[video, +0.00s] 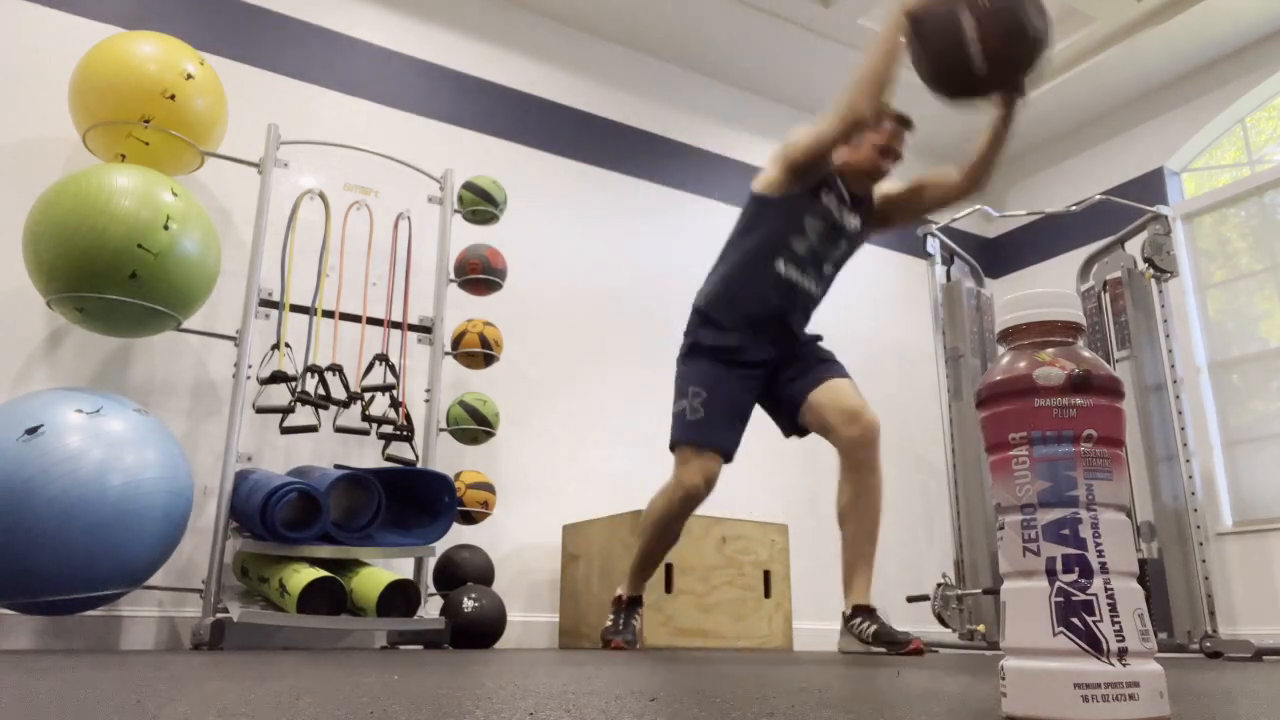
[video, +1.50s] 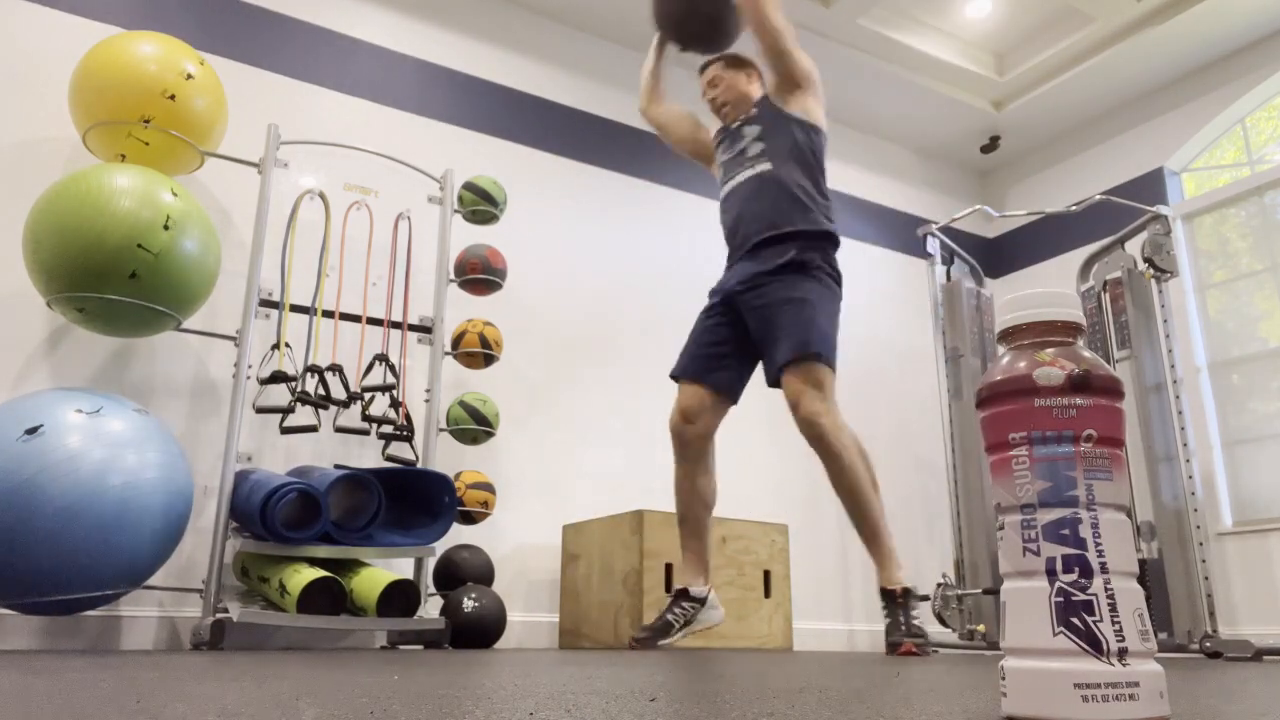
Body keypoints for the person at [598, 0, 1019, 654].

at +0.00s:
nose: (890, 161)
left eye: (896, 156)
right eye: (884, 148)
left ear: (890, 162)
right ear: (849, 137)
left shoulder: (866, 212)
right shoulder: (797, 171)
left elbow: (964, 184)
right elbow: (852, 112)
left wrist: (1005, 111)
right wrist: (902, 14)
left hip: (787, 348)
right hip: (720, 340)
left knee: (859, 430)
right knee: (695, 478)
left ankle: (858, 614)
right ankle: (627, 599)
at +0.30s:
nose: (960, 279)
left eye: (968, 269)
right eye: (960, 263)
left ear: (933, 248)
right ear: (925, 237)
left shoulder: (908, 304)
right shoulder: (851, 257)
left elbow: (911, 404)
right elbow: (828, 377)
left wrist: (940, 495)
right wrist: (860, 487)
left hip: (804, 376)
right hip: (735, 365)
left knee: (883, 433)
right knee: (707, 502)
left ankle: (860, 612)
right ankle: (630, 604)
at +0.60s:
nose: (979, 266)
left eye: (986, 254)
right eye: (975, 248)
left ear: (942, 237)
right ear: (936, 227)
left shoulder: (912, 298)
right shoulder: (863, 252)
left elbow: (906, 399)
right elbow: (850, 382)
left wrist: (940, 469)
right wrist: (934, 455)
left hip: (802, 366)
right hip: (740, 349)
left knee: (876, 437)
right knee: (711, 496)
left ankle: (861, 612)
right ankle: (624, 597)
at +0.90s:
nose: (913, 130)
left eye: (918, 123)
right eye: (903, 115)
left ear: (912, 143)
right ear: (862, 120)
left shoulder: (878, 217)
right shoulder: (820, 165)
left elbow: (899, 316)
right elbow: (853, 250)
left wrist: (975, 315)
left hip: (810, 338)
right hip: (748, 325)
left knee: (876, 428)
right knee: (733, 473)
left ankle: (860, 614)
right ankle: (642, 579)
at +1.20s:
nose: (811, 95)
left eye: (817, 88)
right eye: (799, 86)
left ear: (825, 106)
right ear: (773, 99)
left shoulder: (841, 179)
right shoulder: (754, 145)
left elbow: (930, 147)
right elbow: (757, 45)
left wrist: (930, 56)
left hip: (828, 313)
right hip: (751, 313)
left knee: (878, 422)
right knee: (721, 455)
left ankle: (862, 607)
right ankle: (663, 592)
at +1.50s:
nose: (710, 88)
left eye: (721, 77)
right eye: (704, 86)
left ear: (755, 77)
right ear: (710, 100)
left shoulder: (794, 101)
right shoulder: (718, 147)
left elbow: (763, 19)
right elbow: (651, 107)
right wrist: (662, 35)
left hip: (798, 268)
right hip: (737, 283)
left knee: (812, 410)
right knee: (689, 421)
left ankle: (895, 586)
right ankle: (694, 591)